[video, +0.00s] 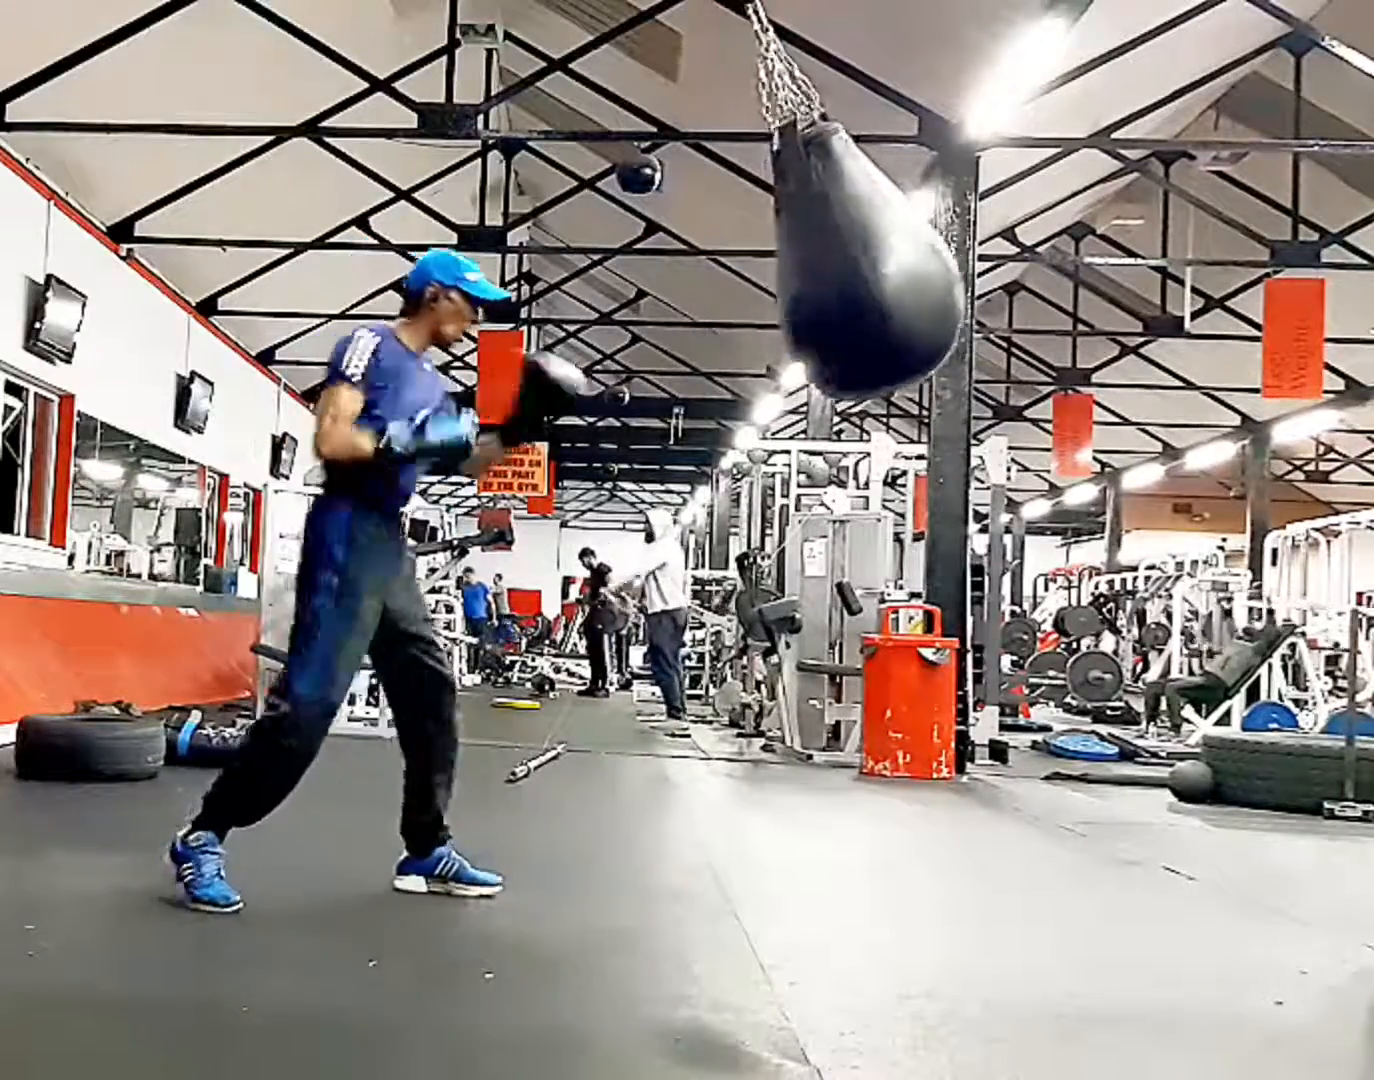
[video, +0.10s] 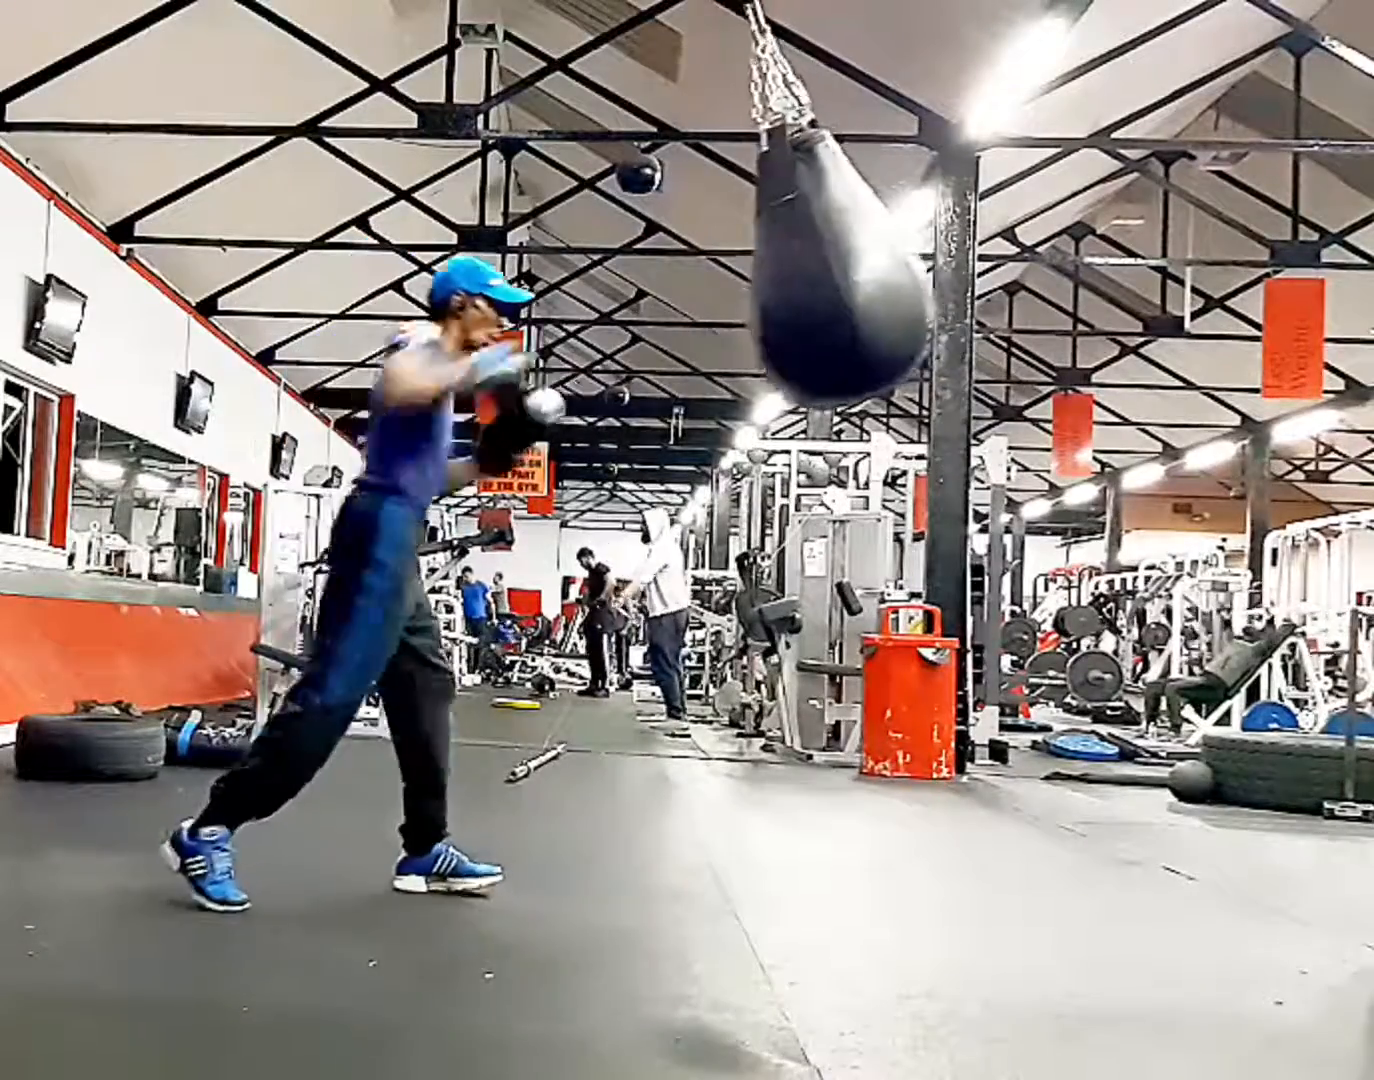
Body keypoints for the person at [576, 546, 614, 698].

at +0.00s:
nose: (585, 564)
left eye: (587, 559)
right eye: (583, 561)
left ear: (593, 557)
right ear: (582, 562)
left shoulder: (603, 571)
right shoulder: (593, 576)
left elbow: (604, 594)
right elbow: (593, 596)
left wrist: (588, 601)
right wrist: (583, 600)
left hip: (602, 614)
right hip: (592, 615)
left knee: (601, 651)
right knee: (593, 651)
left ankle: (603, 685)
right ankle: (593, 683)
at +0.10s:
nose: (583, 564)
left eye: (585, 560)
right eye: (581, 561)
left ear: (591, 557)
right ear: (581, 562)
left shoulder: (602, 570)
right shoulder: (591, 576)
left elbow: (609, 584)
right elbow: (591, 594)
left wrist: (598, 600)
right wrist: (584, 600)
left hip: (601, 614)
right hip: (592, 614)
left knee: (600, 651)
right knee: (592, 651)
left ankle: (603, 685)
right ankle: (594, 683)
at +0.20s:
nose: (580, 564)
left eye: (581, 560)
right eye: (578, 561)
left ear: (588, 557)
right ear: (580, 562)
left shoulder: (600, 570)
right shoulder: (589, 576)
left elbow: (608, 584)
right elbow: (589, 595)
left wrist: (594, 598)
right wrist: (583, 599)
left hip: (600, 616)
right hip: (591, 617)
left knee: (600, 651)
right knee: (591, 652)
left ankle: (603, 685)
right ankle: (594, 683)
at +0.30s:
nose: (578, 565)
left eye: (579, 561)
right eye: (576, 563)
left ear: (586, 557)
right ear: (578, 563)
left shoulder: (598, 569)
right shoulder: (588, 577)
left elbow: (608, 582)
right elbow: (588, 597)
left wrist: (595, 596)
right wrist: (582, 600)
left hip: (600, 616)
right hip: (590, 617)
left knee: (599, 652)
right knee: (591, 652)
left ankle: (602, 685)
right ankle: (594, 684)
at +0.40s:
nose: (577, 566)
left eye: (577, 562)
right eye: (575, 563)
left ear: (584, 558)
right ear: (579, 561)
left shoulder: (597, 571)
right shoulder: (588, 576)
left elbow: (603, 587)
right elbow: (589, 598)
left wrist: (588, 598)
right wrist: (581, 600)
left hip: (599, 617)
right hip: (590, 617)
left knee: (596, 652)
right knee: (590, 652)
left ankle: (600, 686)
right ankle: (594, 684)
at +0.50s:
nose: (576, 567)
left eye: (576, 563)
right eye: (574, 564)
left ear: (583, 558)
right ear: (579, 562)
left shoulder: (597, 572)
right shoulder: (589, 575)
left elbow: (596, 595)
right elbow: (590, 597)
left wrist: (583, 600)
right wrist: (581, 601)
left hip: (597, 617)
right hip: (590, 617)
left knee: (593, 651)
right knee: (589, 651)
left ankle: (598, 685)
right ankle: (594, 684)